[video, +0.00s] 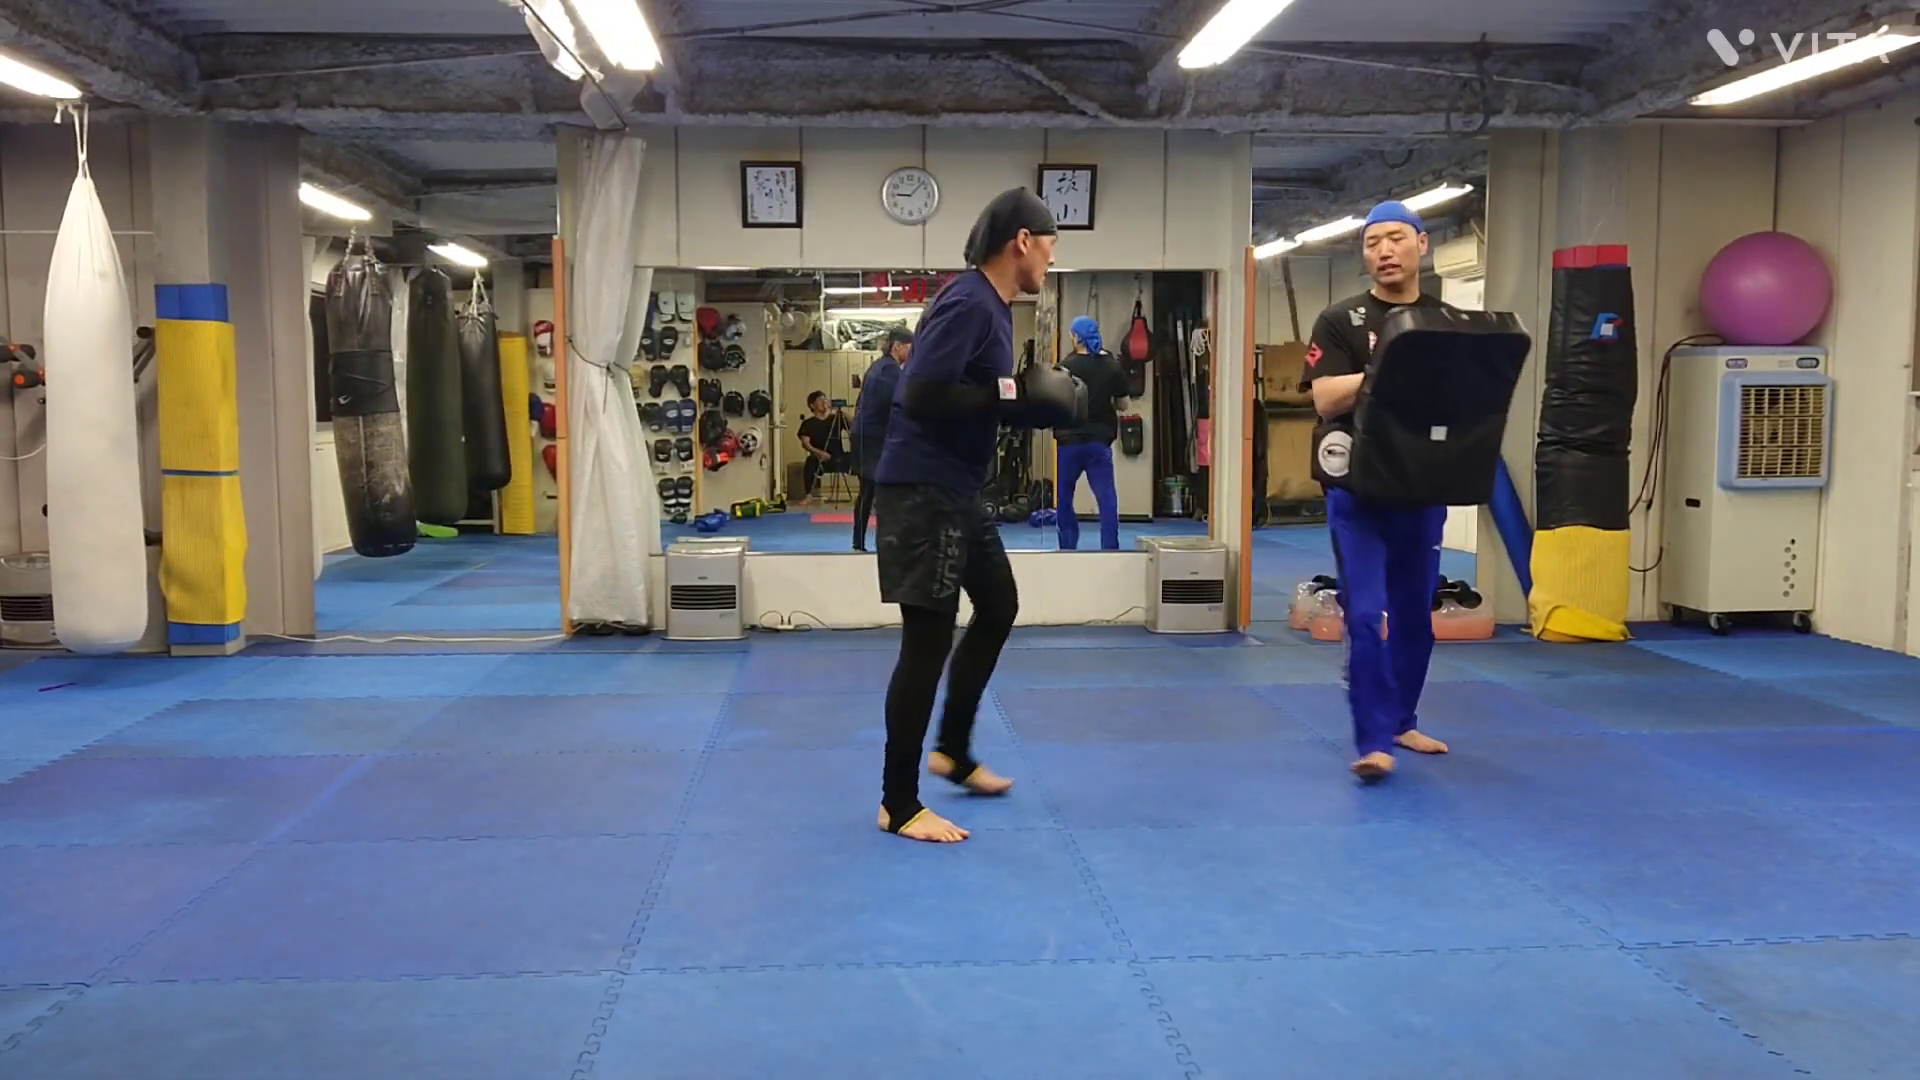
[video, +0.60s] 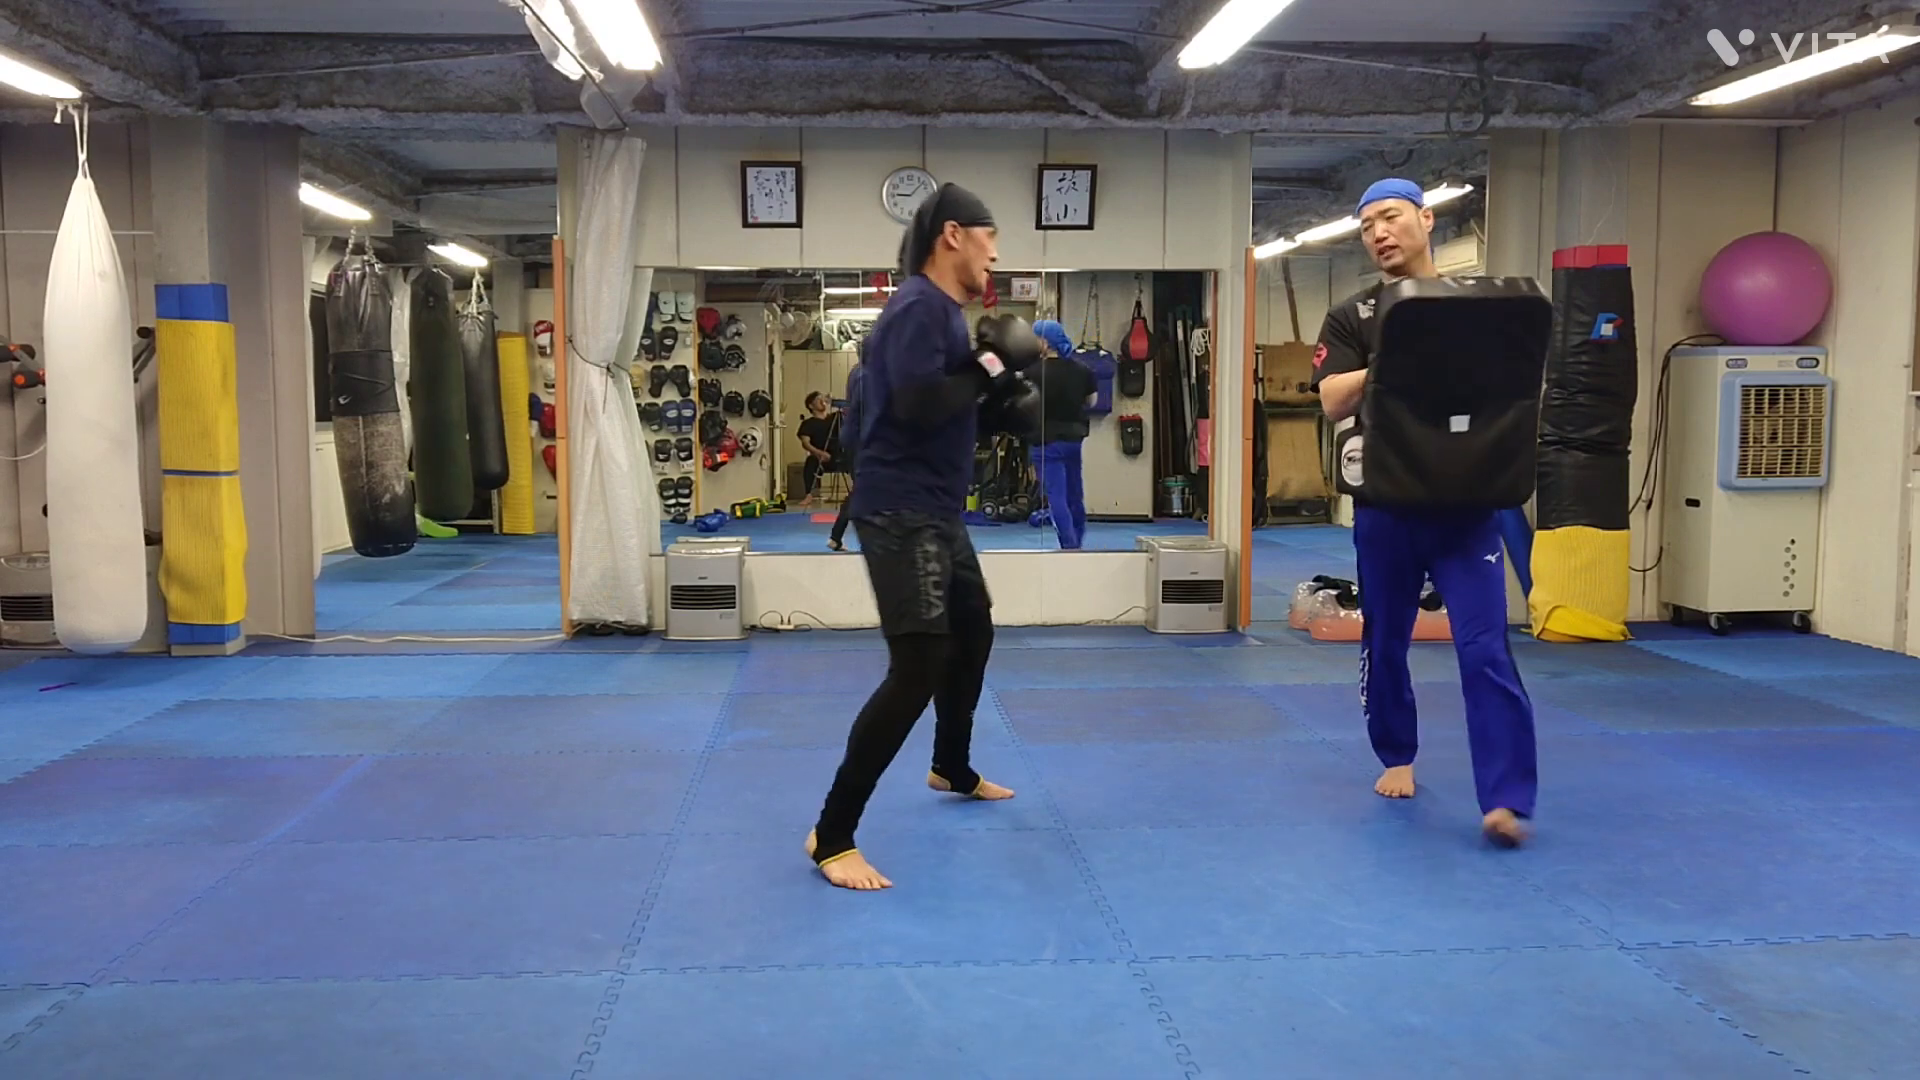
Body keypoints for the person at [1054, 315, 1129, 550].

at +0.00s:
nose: (1070, 339)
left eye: (1072, 336)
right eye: (1071, 335)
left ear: (1076, 338)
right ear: (1095, 336)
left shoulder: (1065, 367)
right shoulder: (1111, 365)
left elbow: (1055, 401)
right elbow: (1123, 404)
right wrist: (1106, 396)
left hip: (1070, 442)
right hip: (1100, 441)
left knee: (1064, 495)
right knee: (1107, 496)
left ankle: (1067, 546)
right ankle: (1110, 548)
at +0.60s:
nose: (1035, 344)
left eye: (1037, 339)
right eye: (1036, 339)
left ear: (1045, 342)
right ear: (1060, 341)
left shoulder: (1033, 371)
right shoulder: (1079, 369)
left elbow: (1025, 401)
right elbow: (1092, 400)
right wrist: (1070, 403)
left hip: (1045, 438)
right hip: (1073, 436)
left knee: (1056, 493)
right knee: (1074, 487)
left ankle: (1068, 542)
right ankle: (1077, 535)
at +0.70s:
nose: (1030, 343)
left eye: (1033, 339)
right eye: (1031, 338)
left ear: (1043, 342)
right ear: (1057, 342)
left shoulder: (1032, 370)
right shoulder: (1077, 369)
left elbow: (1024, 400)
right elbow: (1083, 400)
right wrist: (1061, 401)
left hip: (1042, 436)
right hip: (1068, 434)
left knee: (1050, 493)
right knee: (1066, 490)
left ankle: (1066, 540)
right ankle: (1071, 535)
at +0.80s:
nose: (1024, 342)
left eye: (1027, 338)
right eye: (1025, 337)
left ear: (1040, 341)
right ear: (1052, 341)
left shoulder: (1031, 370)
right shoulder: (1066, 368)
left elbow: (1013, 403)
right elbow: (1070, 394)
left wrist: (1013, 387)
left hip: (1036, 436)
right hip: (1062, 432)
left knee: (1032, 490)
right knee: (1059, 486)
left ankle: (1062, 526)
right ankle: (1068, 533)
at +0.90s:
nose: (1019, 341)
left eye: (1021, 337)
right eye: (1019, 337)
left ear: (1033, 338)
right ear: (1040, 339)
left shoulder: (1030, 366)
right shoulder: (1054, 363)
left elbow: (1012, 401)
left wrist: (1003, 385)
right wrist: (1016, 382)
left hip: (1031, 438)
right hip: (1053, 434)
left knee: (1017, 489)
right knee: (1054, 486)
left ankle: (1043, 532)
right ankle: (1065, 538)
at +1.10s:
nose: (1003, 343)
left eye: (1006, 338)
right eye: (1004, 338)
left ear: (1019, 341)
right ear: (1018, 341)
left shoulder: (1022, 368)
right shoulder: (1025, 366)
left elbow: (1010, 399)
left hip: (1015, 436)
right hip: (1023, 434)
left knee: (1002, 489)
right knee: (1018, 492)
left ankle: (1009, 540)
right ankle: (1053, 524)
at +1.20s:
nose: (996, 342)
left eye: (1000, 338)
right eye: (996, 338)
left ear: (1012, 340)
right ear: (1009, 340)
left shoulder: (1019, 367)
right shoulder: (1010, 365)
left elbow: (1006, 402)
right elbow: (1004, 394)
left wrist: (983, 392)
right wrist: (987, 390)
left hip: (1013, 435)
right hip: (1008, 433)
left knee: (1002, 487)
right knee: (1002, 484)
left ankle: (1009, 540)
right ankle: (1023, 525)